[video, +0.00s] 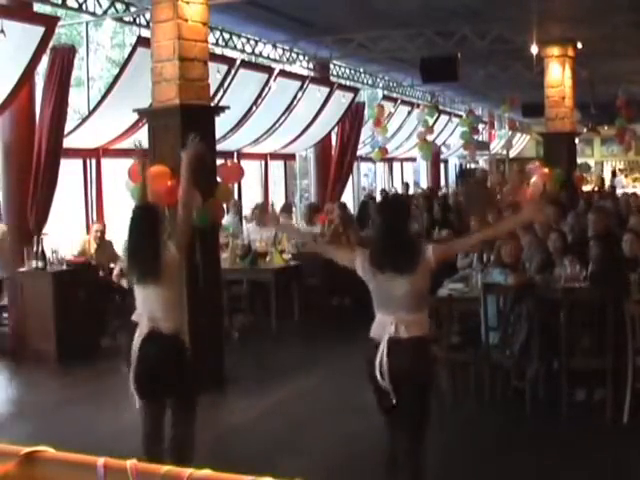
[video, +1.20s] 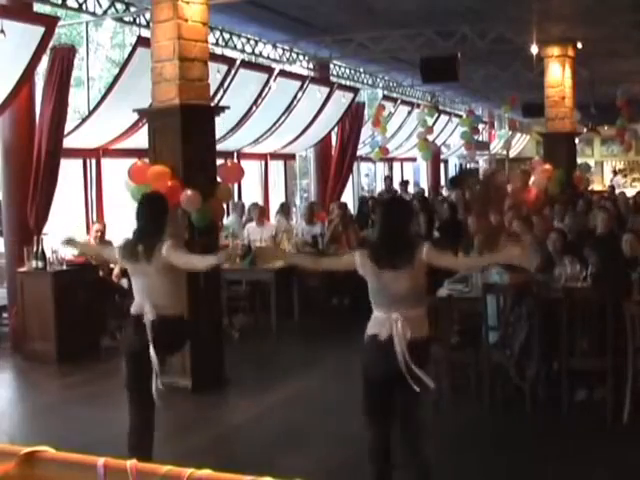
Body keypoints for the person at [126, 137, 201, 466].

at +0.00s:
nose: (167, 225)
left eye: (162, 220)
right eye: (163, 221)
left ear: (134, 231)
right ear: (159, 228)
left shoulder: (132, 264)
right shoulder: (173, 257)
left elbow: (139, 224)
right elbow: (184, 209)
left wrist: (144, 181)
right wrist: (187, 161)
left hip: (144, 344)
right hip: (175, 344)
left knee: (151, 418)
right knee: (182, 417)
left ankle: (151, 471)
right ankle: (179, 470)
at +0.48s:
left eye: (144, 202)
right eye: (164, 200)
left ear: (140, 208)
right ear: (169, 207)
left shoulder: (132, 238)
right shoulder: (177, 232)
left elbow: (113, 202)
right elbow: (198, 184)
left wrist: (95, 165)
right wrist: (209, 137)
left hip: (151, 315)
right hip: (182, 312)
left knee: (161, 389)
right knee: (187, 390)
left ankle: (161, 458)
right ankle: (185, 459)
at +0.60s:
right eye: (168, 210)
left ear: (138, 216)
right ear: (167, 215)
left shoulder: (129, 247)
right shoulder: (177, 239)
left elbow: (97, 211)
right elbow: (206, 205)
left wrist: (68, 173)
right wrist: (222, 168)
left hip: (151, 321)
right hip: (181, 318)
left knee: (161, 386)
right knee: (184, 389)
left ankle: (159, 450)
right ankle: (183, 454)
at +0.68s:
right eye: (162, 222)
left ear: (136, 229)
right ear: (165, 229)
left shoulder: (128, 260)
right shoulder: (179, 257)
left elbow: (92, 229)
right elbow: (211, 235)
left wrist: (60, 200)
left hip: (147, 334)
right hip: (179, 332)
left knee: (154, 398)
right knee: (183, 398)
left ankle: (155, 460)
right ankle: (185, 462)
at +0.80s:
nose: (170, 221)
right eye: (167, 216)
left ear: (137, 219)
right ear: (164, 219)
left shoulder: (123, 250)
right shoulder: (175, 249)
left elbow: (95, 238)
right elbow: (212, 244)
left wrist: (70, 223)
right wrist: (248, 227)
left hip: (139, 328)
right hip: (172, 326)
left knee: (146, 392)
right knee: (175, 392)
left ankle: (152, 458)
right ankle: (178, 458)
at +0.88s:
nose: (168, 214)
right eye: (166, 209)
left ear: (131, 213)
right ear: (162, 213)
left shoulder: (123, 245)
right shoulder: (170, 243)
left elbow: (102, 241)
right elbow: (210, 246)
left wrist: (80, 231)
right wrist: (239, 232)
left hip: (139, 321)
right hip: (173, 320)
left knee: (140, 389)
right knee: (167, 356)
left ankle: (143, 459)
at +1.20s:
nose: (171, 220)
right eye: (169, 215)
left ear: (138, 216)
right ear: (164, 218)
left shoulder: (127, 250)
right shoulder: (167, 248)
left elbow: (98, 250)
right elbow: (193, 262)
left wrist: (74, 244)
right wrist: (224, 256)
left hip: (138, 326)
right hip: (171, 327)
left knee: (139, 395)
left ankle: (139, 461)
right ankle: (164, 368)